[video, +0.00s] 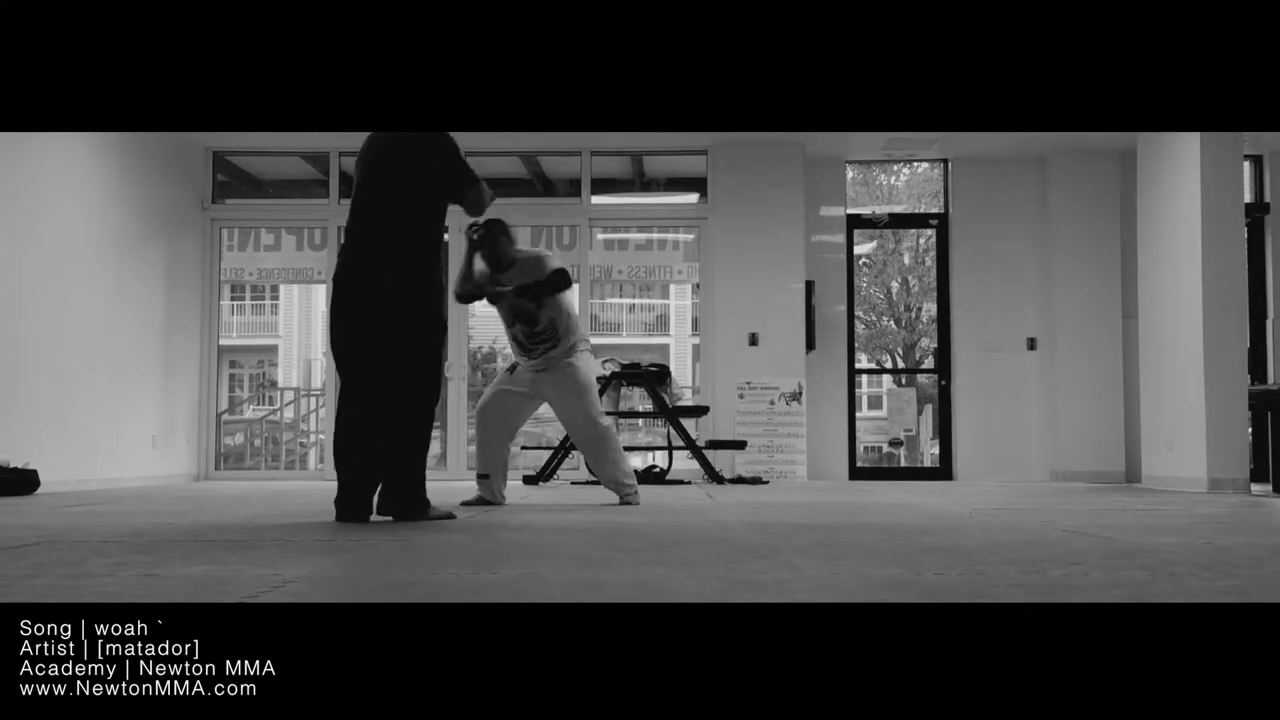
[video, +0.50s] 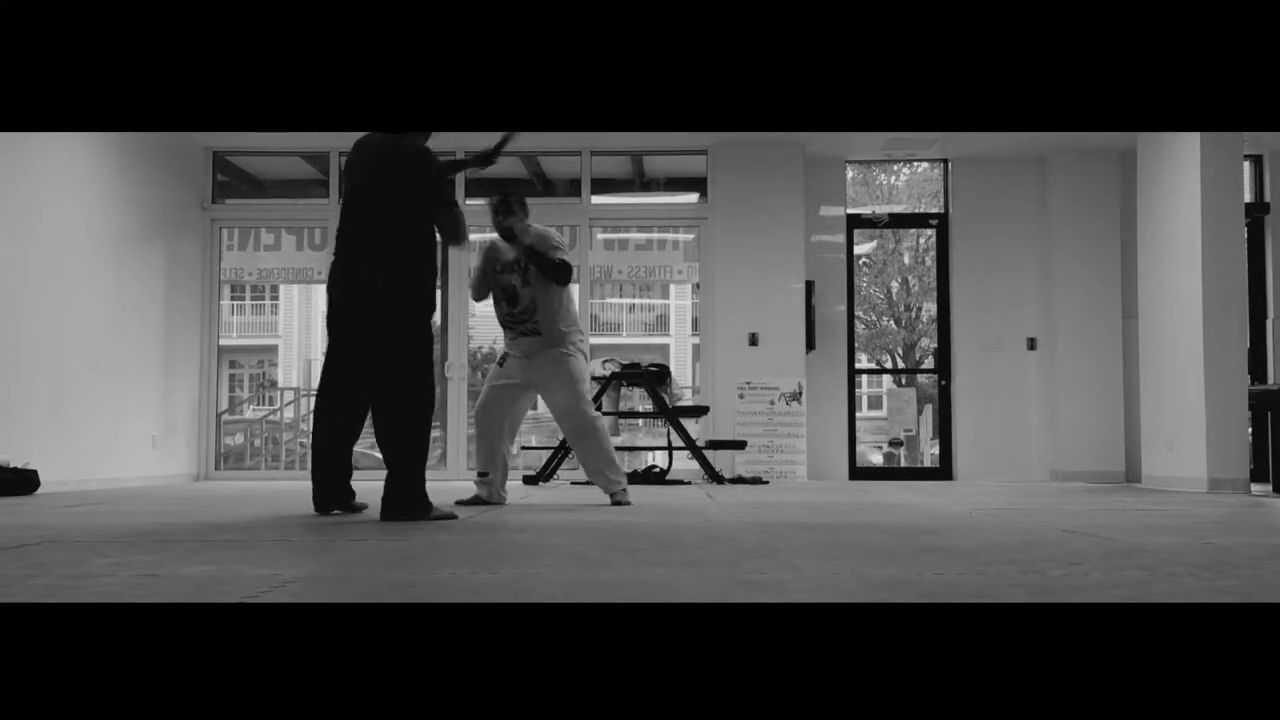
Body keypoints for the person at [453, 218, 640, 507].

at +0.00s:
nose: (488, 255)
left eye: (492, 247)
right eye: (483, 249)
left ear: (507, 242)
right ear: (481, 251)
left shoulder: (536, 260)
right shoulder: (489, 277)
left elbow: (563, 279)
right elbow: (463, 294)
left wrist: (517, 292)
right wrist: (469, 250)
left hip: (567, 359)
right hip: (525, 366)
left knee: (589, 424)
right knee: (490, 414)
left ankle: (628, 491)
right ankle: (491, 493)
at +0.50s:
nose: (503, 223)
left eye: (509, 215)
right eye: (498, 217)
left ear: (524, 215)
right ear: (492, 220)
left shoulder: (544, 239)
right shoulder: (493, 250)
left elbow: (564, 276)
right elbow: (478, 294)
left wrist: (530, 249)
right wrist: (491, 265)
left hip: (560, 347)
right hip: (517, 353)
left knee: (579, 415)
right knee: (488, 414)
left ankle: (616, 489)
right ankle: (490, 492)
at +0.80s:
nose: (579, 223)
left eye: (584, 217)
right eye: (574, 216)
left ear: (590, 216)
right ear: (560, 211)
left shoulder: (593, 244)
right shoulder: (539, 236)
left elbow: (603, 272)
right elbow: (512, 276)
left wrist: (595, 226)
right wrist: (557, 276)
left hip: (580, 351)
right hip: (535, 351)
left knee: (604, 416)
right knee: (505, 418)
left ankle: (611, 488)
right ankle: (469, 482)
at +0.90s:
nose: (576, 207)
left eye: (583, 201)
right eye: (571, 201)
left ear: (593, 204)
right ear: (560, 199)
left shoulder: (598, 235)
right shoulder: (541, 226)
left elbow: (605, 262)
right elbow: (512, 266)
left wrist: (592, 216)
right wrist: (554, 268)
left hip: (582, 346)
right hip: (537, 343)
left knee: (601, 417)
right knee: (507, 415)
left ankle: (611, 488)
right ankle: (476, 482)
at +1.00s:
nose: (575, 210)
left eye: (581, 204)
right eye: (570, 203)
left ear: (590, 205)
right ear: (556, 203)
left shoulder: (601, 234)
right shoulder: (538, 228)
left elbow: (596, 266)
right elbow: (508, 271)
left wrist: (577, 223)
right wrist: (535, 270)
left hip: (583, 347)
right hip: (535, 346)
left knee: (601, 417)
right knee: (508, 417)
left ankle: (610, 489)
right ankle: (487, 486)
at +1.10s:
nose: (545, 226)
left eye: (551, 220)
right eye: (541, 221)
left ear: (564, 216)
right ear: (535, 218)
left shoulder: (588, 241)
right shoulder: (528, 241)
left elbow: (582, 275)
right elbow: (503, 288)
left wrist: (543, 251)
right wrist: (500, 257)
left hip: (584, 352)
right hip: (538, 351)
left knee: (603, 420)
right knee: (506, 417)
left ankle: (611, 491)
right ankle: (497, 492)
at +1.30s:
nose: (487, 228)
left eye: (490, 220)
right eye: (484, 224)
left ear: (507, 211)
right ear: (487, 223)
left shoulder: (532, 228)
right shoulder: (503, 253)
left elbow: (557, 256)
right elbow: (482, 282)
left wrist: (506, 268)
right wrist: (467, 263)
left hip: (565, 338)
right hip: (532, 347)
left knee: (575, 416)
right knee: (506, 416)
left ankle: (624, 482)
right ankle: (498, 492)